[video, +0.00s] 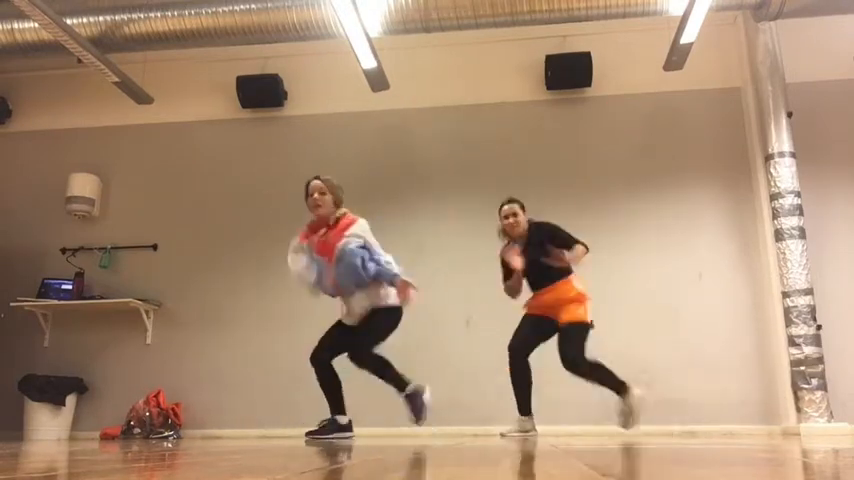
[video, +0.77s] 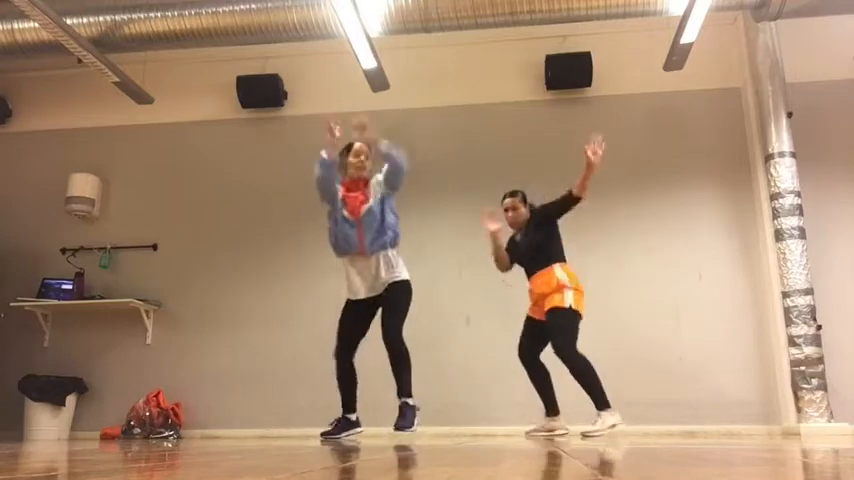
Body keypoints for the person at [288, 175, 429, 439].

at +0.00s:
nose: (315, 199)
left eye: (322, 193)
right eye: (310, 195)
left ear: (336, 198)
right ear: (307, 202)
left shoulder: (353, 228)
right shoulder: (311, 238)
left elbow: (376, 258)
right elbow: (308, 278)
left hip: (384, 305)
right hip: (355, 312)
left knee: (359, 353)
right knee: (320, 357)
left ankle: (411, 391)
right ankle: (340, 420)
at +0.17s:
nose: (325, 189)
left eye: (331, 183)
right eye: (320, 185)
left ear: (345, 188)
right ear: (316, 193)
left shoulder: (364, 215)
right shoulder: (313, 230)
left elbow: (387, 243)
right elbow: (281, 247)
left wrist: (368, 230)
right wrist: (271, 221)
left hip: (379, 303)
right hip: (346, 312)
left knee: (387, 340)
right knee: (304, 357)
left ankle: (397, 413)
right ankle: (333, 416)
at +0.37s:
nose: (328, 189)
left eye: (334, 183)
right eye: (323, 184)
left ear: (347, 184)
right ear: (318, 189)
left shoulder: (370, 203)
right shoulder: (327, 227)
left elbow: (395, 219)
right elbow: (335, 271)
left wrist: (358, 230)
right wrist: (312, 266)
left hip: (380, 296)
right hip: (344, 301)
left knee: (412, 338)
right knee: (325, 361)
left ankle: (395, 409)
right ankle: (308, 416)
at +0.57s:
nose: (351, 172)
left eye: (353, 169)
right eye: (344, 170)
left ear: (358, 177)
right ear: (330, 180)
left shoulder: (375, 198)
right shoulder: (327, 213)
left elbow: (397, 174)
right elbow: (311, 194)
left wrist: (413, 142)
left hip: (389, 290)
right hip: (360, 302)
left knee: (387, 349)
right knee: (329, 360)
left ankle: (421, 415)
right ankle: (354, 420)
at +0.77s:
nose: (359, 159)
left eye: (365, 155)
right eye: (354, 154)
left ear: (371, 161)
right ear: (344, 161)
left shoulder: (382, 187)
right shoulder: (335, 196)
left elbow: (399, 166)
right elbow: (324, 178)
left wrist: (377, 143)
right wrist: (331, 148)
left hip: (393, 278)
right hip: (360, 286)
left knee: (392, 335)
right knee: (343, 352)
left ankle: (407, 406)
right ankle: (350, 417)